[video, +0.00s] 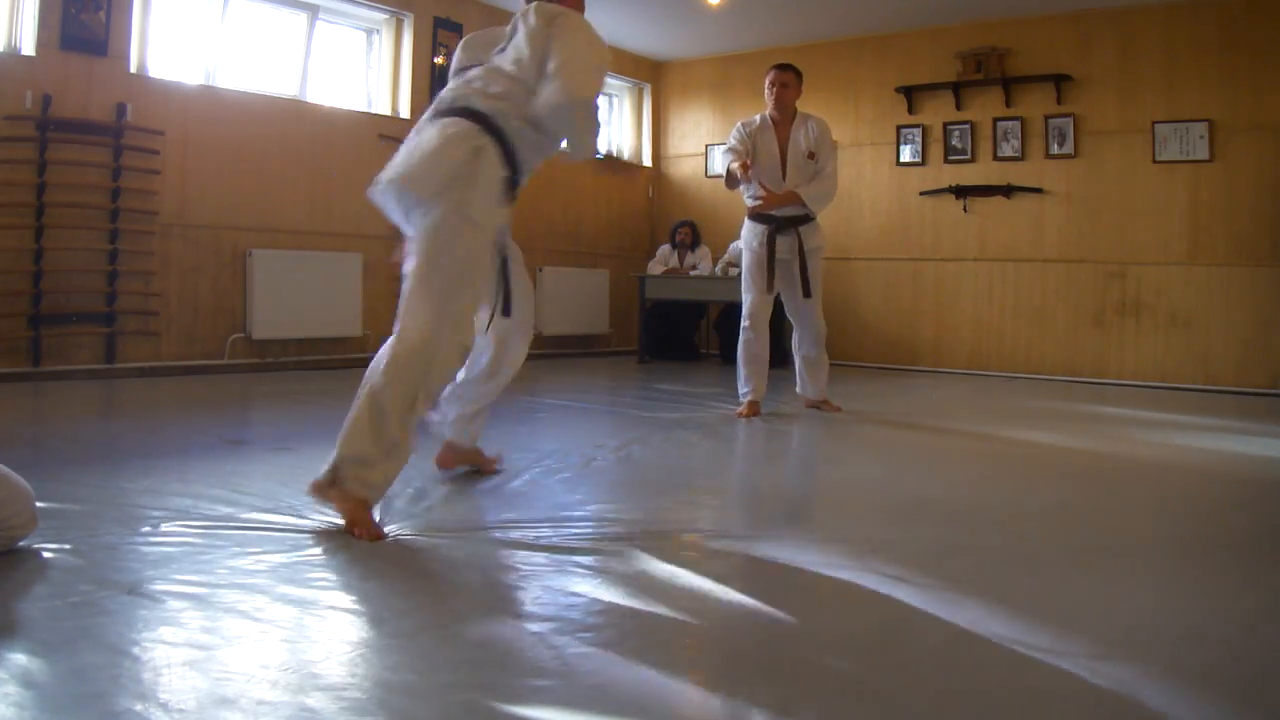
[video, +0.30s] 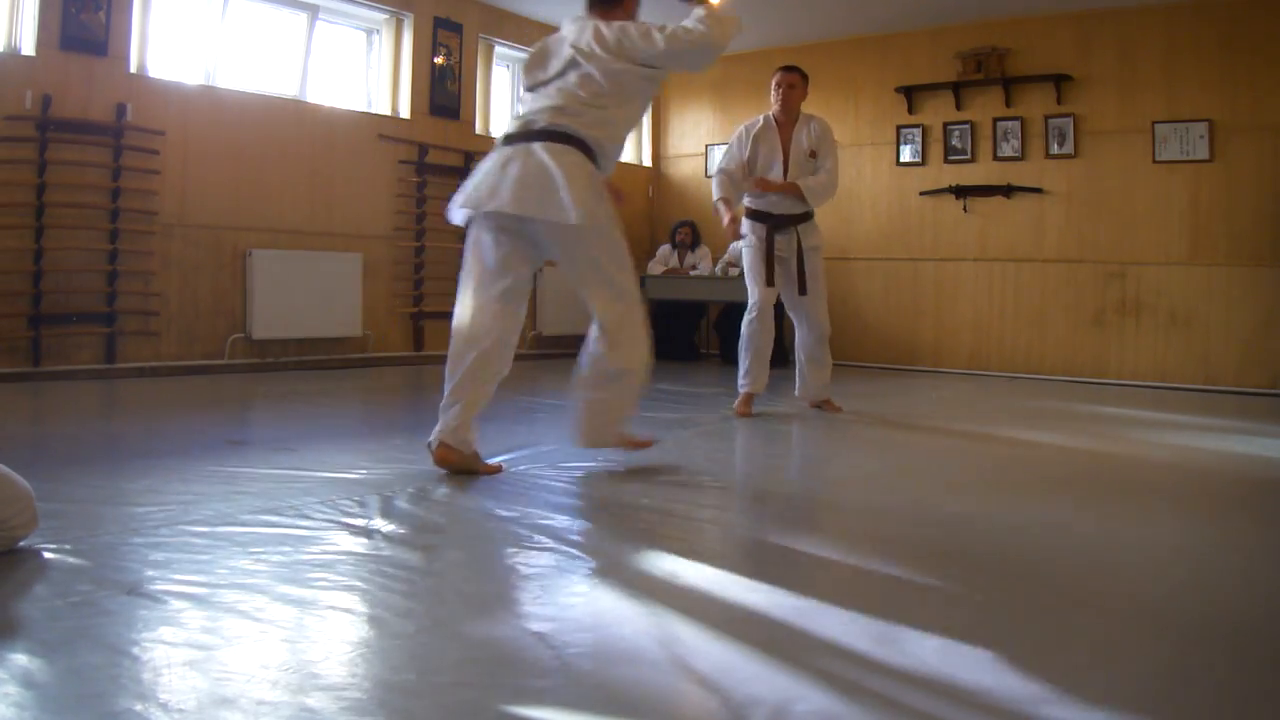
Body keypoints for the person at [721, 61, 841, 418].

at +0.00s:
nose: (776, 91)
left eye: (784, 86)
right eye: (771, 85)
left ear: (799, 92)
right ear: (764, 91)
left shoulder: (816, 129)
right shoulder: (747, 130)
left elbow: (826, 184)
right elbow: (730, 179)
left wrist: (785, 198)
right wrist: (738, 169)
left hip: (801, 233)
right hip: (758, 232)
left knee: (809, 317)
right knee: (753, 316)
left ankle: (813, 392)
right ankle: (750, 396)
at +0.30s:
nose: (782, 93)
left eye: (790, 87)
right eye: (777, 87)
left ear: (804, 94)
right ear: (770, 92)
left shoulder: (817, 130)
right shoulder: (750, 132)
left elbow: (826, 183)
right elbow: (725, 174)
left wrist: (778, 187)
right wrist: (726, 209)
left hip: (801, 229)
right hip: (758, 229)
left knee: (813, 313)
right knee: (759, 307)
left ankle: (816, 391)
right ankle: (747, 389)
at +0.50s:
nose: (757, 101)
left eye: (766, 97)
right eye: (752, 96)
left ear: (777, 104)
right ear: (743, 102)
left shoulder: (788, 131)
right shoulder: (726, 139)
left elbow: (774, 142)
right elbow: (690, 176)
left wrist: (733, 133)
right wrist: (695, 213)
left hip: (780, 237)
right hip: (742, 236)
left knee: (814, 319)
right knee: (754, 309)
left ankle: (815, 391)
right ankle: (710, 384)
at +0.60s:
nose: (741, 103)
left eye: (743, 98)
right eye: (734, 98)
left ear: (744, 103)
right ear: (720, 102)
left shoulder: (756, 138)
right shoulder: (702, 137)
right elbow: (695, 187)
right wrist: (733, 202)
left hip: (756, 236)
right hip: (720, 237)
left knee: (800, 318)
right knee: (733, 325)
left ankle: (814, 389)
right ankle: (705, 403)